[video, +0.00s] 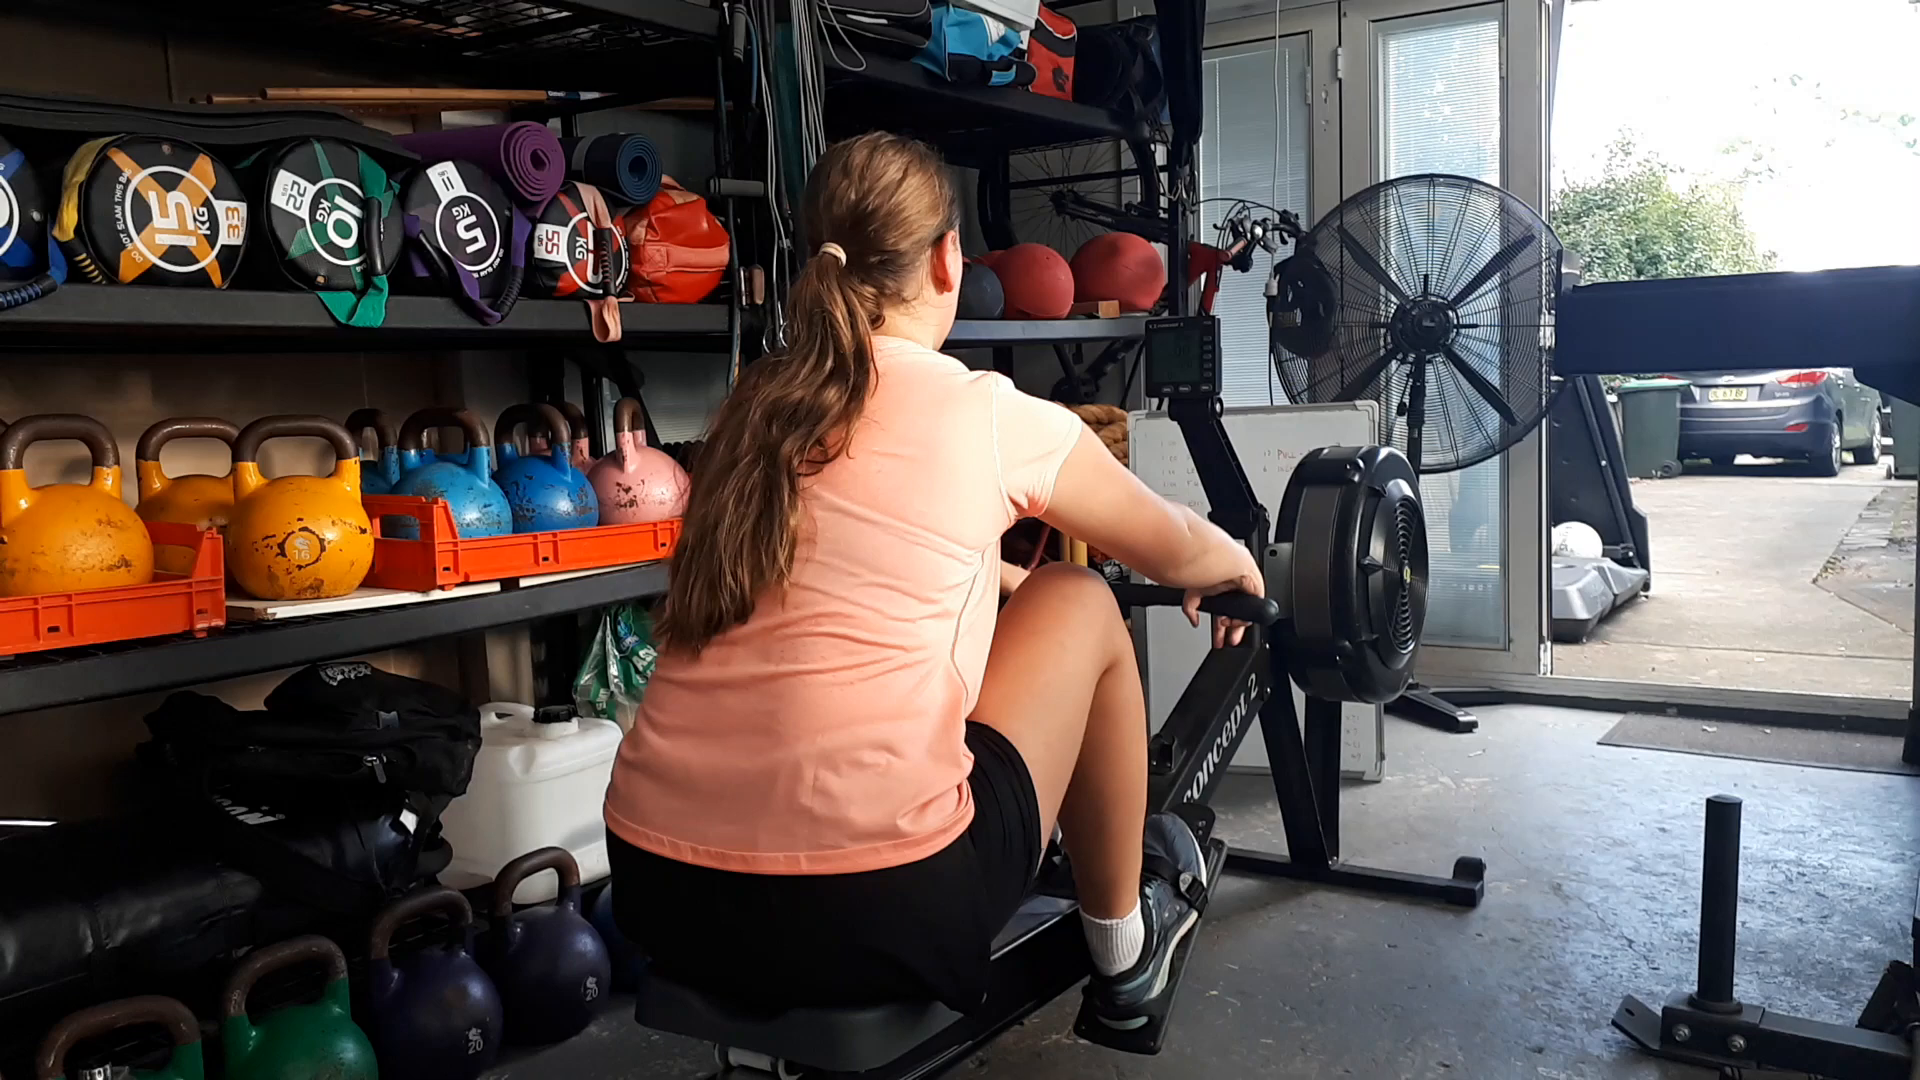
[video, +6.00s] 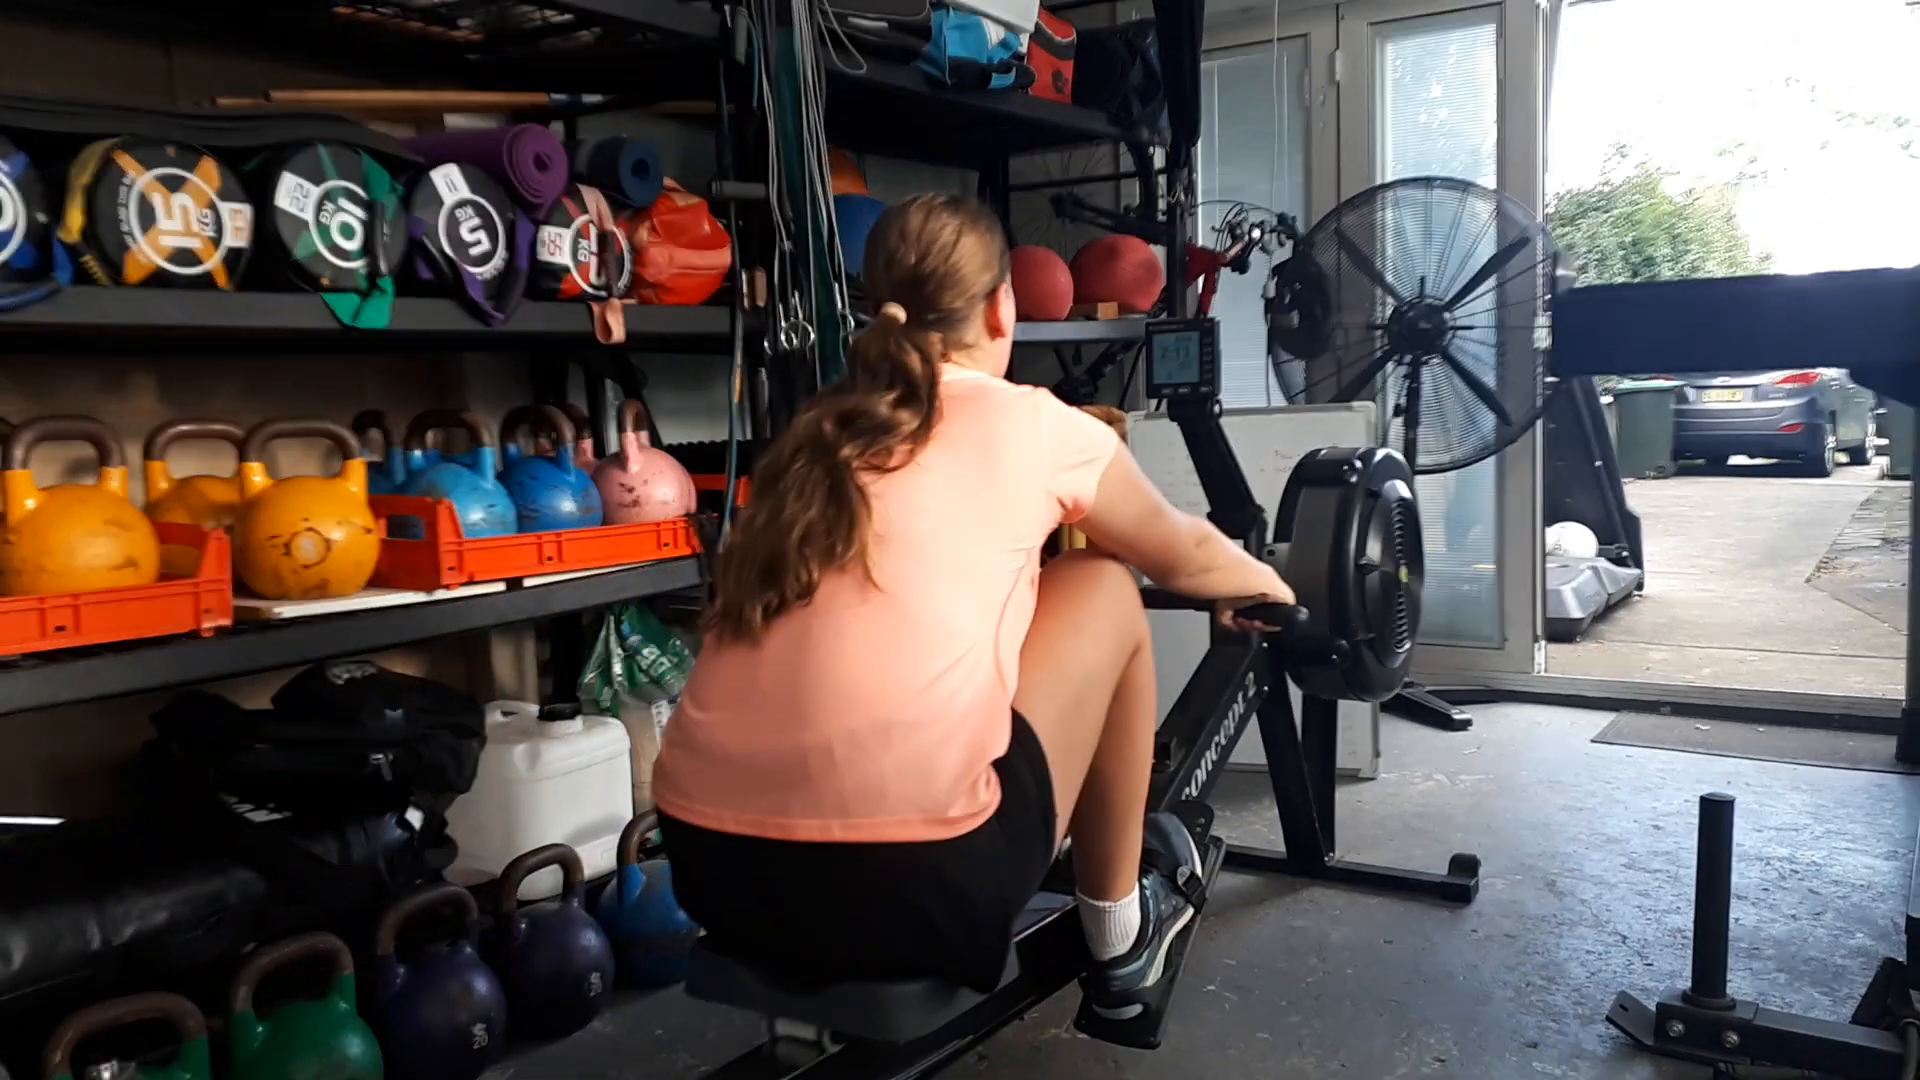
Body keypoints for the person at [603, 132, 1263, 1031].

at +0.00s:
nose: (965, 266)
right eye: (962, 246)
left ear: (817, 263)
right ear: (945, 263)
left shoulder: (753, 399)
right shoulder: (986, 413)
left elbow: (837, 560)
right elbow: (1167, 541)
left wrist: (1005, 576)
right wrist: (1233, 566)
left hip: (667, 903)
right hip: (878, 918)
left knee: (965, 589)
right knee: (1081, 601)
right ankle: (1123, 957)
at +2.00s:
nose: (972, 276)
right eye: (968, 255)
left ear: (826, 273)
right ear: (951, 269)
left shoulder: (760, 400)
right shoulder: (993, 412)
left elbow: (875, 539)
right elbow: (1161, 543)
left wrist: (1045, 579)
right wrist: (1233, 569)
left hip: (665, 907)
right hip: (875, 922)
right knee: (1076, 596)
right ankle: (1123, 964)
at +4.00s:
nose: (934, 264)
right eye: (931, 243)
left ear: (779, 265)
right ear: (914, 261)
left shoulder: (718, 411)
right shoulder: (969, 422)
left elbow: (773, 573)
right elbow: (1113, 550)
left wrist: (940, 572)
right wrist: (1190, 558)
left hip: (623, 917)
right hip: (833, 932)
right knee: (1064, 620)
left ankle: (979, 876)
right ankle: (1126, 955)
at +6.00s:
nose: (1016, 314)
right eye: (1014, 296)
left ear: (873, 313)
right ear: (1000, 312)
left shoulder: (813, 429)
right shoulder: (1040, 429)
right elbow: (1180, 550)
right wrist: (1255, 580)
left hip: (722, 888)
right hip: (914, 900)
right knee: (1108, 583)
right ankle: (1119, 950)